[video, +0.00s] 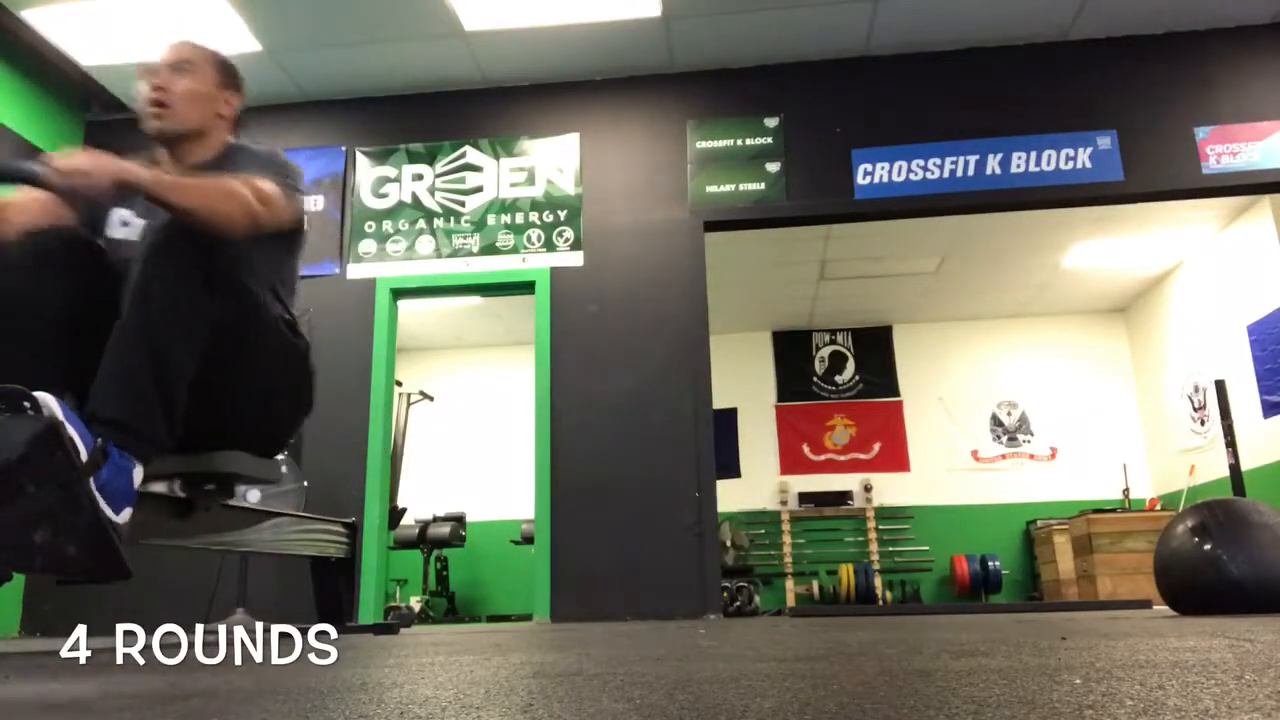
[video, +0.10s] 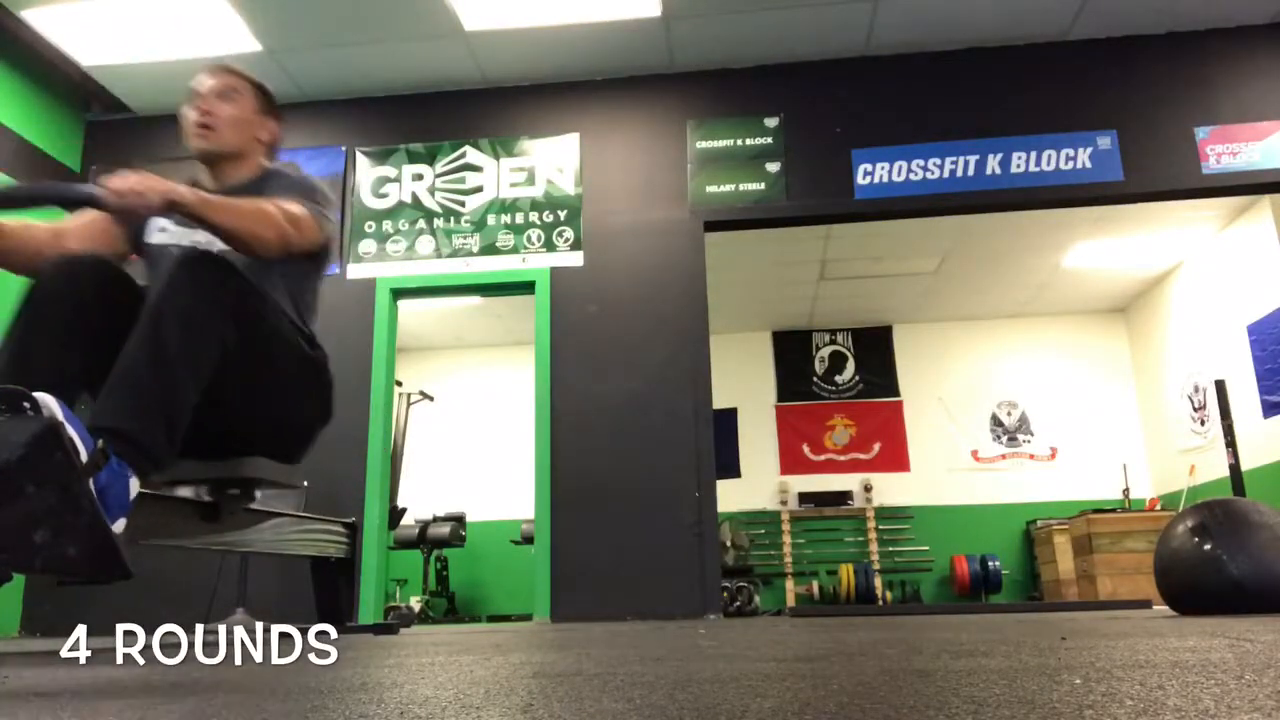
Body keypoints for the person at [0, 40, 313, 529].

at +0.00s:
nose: (155, 85)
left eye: (180, 71)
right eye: (150, 76)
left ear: (228, 104)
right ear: (141, 100)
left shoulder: (268, 171)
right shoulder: (118, 182)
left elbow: (242, 212)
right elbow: (19, 214)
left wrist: (127, 175)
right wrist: (12, 214)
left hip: (248, 395)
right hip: (131, 386)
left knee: (184, 238)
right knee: (48, 250)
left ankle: (119, 455)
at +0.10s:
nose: (201, 107)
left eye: (226, 97)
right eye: (194, 99)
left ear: (267, 131)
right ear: (184, 124)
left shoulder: (299, 192)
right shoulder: (159, 201)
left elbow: (281, 234)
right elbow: (61, 241)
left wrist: (176, 195)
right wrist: (1, 231)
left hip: (274, 399)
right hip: (170, 396)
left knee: (200, 275)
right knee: (79, 275)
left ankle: (115, 468)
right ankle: (12, 440)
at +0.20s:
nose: (241, 135)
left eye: (261, 125)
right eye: (235, 128)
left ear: (300, 156)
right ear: (226, 149)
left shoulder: (326, 215)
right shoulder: (207, 224)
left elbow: (318, 258)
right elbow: (115, 263)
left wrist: (225, 224)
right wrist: (27, 252)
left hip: (296, 411)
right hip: (205, 415)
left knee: (227, 294)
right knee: (109, 306)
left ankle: (119, 473)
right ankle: (16, 444)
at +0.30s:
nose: (276, 166)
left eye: (294, 158)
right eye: (272, 159)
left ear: (331, 185)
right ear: (264, 177)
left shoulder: (352, 242)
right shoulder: (244, 248)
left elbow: (353, 280)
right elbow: (156, 288)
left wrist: (268, 251)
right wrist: (80, 272)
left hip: (320, 412)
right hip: (226, 406)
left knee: (244, 349)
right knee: (133, 338)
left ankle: (115, 484)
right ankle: (37, 447)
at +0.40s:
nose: (302, 197)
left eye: (319, 189)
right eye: (299, 191)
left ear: (353, 212)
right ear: (293, 208)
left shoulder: (375, 267)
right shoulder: (267, 277)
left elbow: (382, 313)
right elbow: (189, 317)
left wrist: (308, 281)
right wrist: (130, 300)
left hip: (335, 417)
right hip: (253, 405)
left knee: (244, 377)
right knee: (150, 375)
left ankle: (123, 486)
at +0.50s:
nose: (324, 225)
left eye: (339, 218)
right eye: (320, 218)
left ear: (371, 239)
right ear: (311, 233)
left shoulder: (389, 290)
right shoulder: (279, 296)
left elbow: (413, 346)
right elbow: (211, 360)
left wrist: (345, 321)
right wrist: (173, 332)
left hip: (342, 417)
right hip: (262, 409)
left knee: (256, 415)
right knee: (163, 414)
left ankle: (128, 486)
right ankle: (89, 468)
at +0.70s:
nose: (331, 239)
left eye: (346, 231)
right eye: (325, 234)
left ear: (379, 252)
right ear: (319, 253)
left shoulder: (407, 313)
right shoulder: (287, 313)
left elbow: (462, 395)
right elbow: (254, 385)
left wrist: (405, 354)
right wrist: (227, 363)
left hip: (345, 409)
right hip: (270, 403)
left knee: (250, 437)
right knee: (181, 419)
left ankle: (128, 493)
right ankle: (95, 466)